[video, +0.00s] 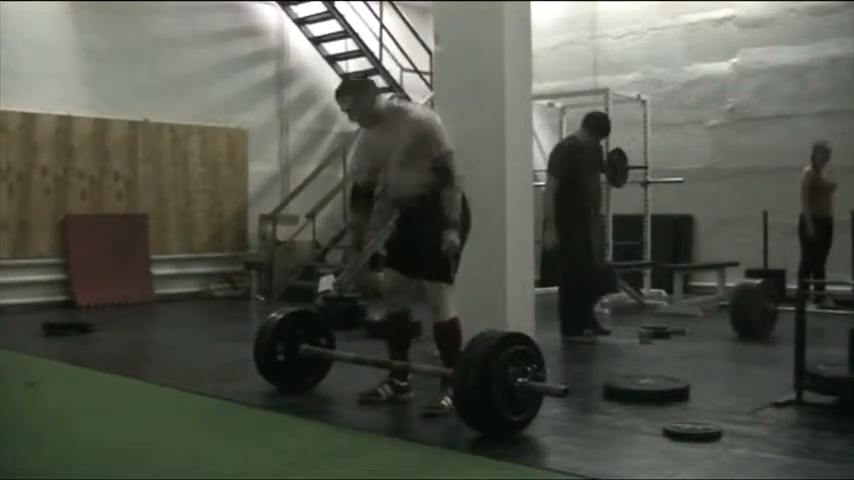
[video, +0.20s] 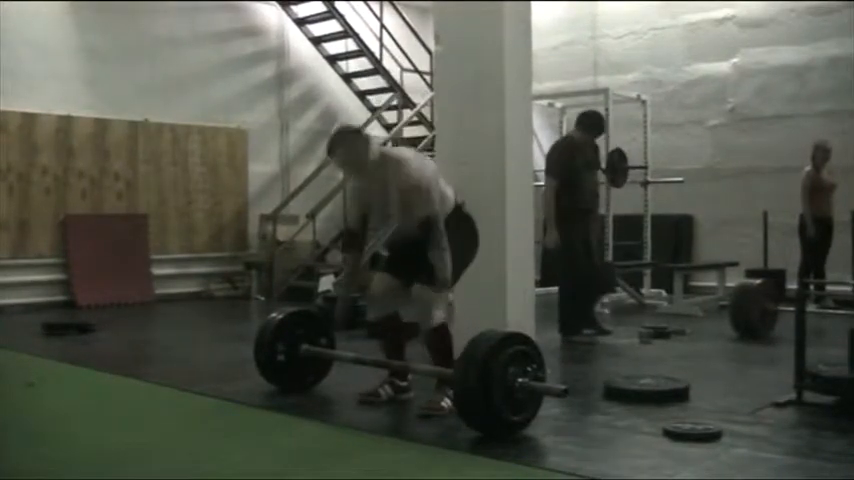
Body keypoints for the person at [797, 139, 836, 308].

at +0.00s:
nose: (824, 159)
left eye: (826, 156)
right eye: (821, 155)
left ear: (828, 158)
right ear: (814, 155)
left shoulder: (823, 175)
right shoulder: (809, 174)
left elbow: (824, 200)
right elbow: (805, 201)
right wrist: (809, 224)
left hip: (824, 221)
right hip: (811, 220)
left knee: (820, 259)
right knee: (808, 258)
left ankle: (820, 294)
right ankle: (803, 293)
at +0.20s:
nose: (824, 159)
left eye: (826, 156)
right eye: (821, 155)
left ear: (828, 157)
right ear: (814, 155)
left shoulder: (824, 175)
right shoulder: (809, 174)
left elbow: (825, 200)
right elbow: (805, 201)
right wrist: (809, 224)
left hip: (824, 221)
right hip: (811, 220)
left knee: (820, 260)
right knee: (808, 259)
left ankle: (820, 294)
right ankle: (803, 293)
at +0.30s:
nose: (823, 160)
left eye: (825, 157)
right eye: (820, 156)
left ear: (828, 158)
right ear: (813, 156)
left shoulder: (823, 175)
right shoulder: (809, 175)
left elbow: (823, 199)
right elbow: (805, 201)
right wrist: (809, 224)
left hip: (824, 220)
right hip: (811, 220)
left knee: (820, 259)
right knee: (808, 258)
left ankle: (820, 294)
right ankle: (803, 293)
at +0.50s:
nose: (822, 160)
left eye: (825, 157)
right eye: (819, 156)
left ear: (827, 159)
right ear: (813, 156)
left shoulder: (823, 175)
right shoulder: (809, 174)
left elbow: (823, 200)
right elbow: (805, 201)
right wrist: (808, 223)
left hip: (824, 220)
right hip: (811, 220)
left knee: (819, 259)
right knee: (808, 258)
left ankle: (820, 294)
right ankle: (802, 293)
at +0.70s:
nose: (822, 161)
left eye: (825, 158)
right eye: (820, 157)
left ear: (827, 159)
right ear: (814, 156)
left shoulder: (823, 175)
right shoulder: (808, 174)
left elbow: (823, 199)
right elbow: (804, 201)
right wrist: (808, 223)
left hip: (823, 220)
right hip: (811, 220)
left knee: (819, 259)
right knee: (808, 258)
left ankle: (820, 294)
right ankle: (802, 293)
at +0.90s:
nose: (822, 160)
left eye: (824, 156)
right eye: (819, 156)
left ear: (827, 158)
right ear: (813, 156)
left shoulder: (824, 174)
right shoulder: (808, 174)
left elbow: (823, 198)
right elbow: (804, 201)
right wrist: (807, 224)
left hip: (823, 219)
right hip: (809, 219)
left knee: (819, 259)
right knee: (807, 259)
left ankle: (819, 294)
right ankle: (802, 293)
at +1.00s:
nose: (822, 159)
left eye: (824, 156)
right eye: (819, 155)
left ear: (827, 158)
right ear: (813, 156)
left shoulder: (824, 174)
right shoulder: (808, 174)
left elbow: (823, 198)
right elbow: (804, 201)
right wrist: (807, 224)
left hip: (823, 220)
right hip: (809, 219)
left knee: (819, 260)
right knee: (807, 259)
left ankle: (819, 294)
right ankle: (802, 293)